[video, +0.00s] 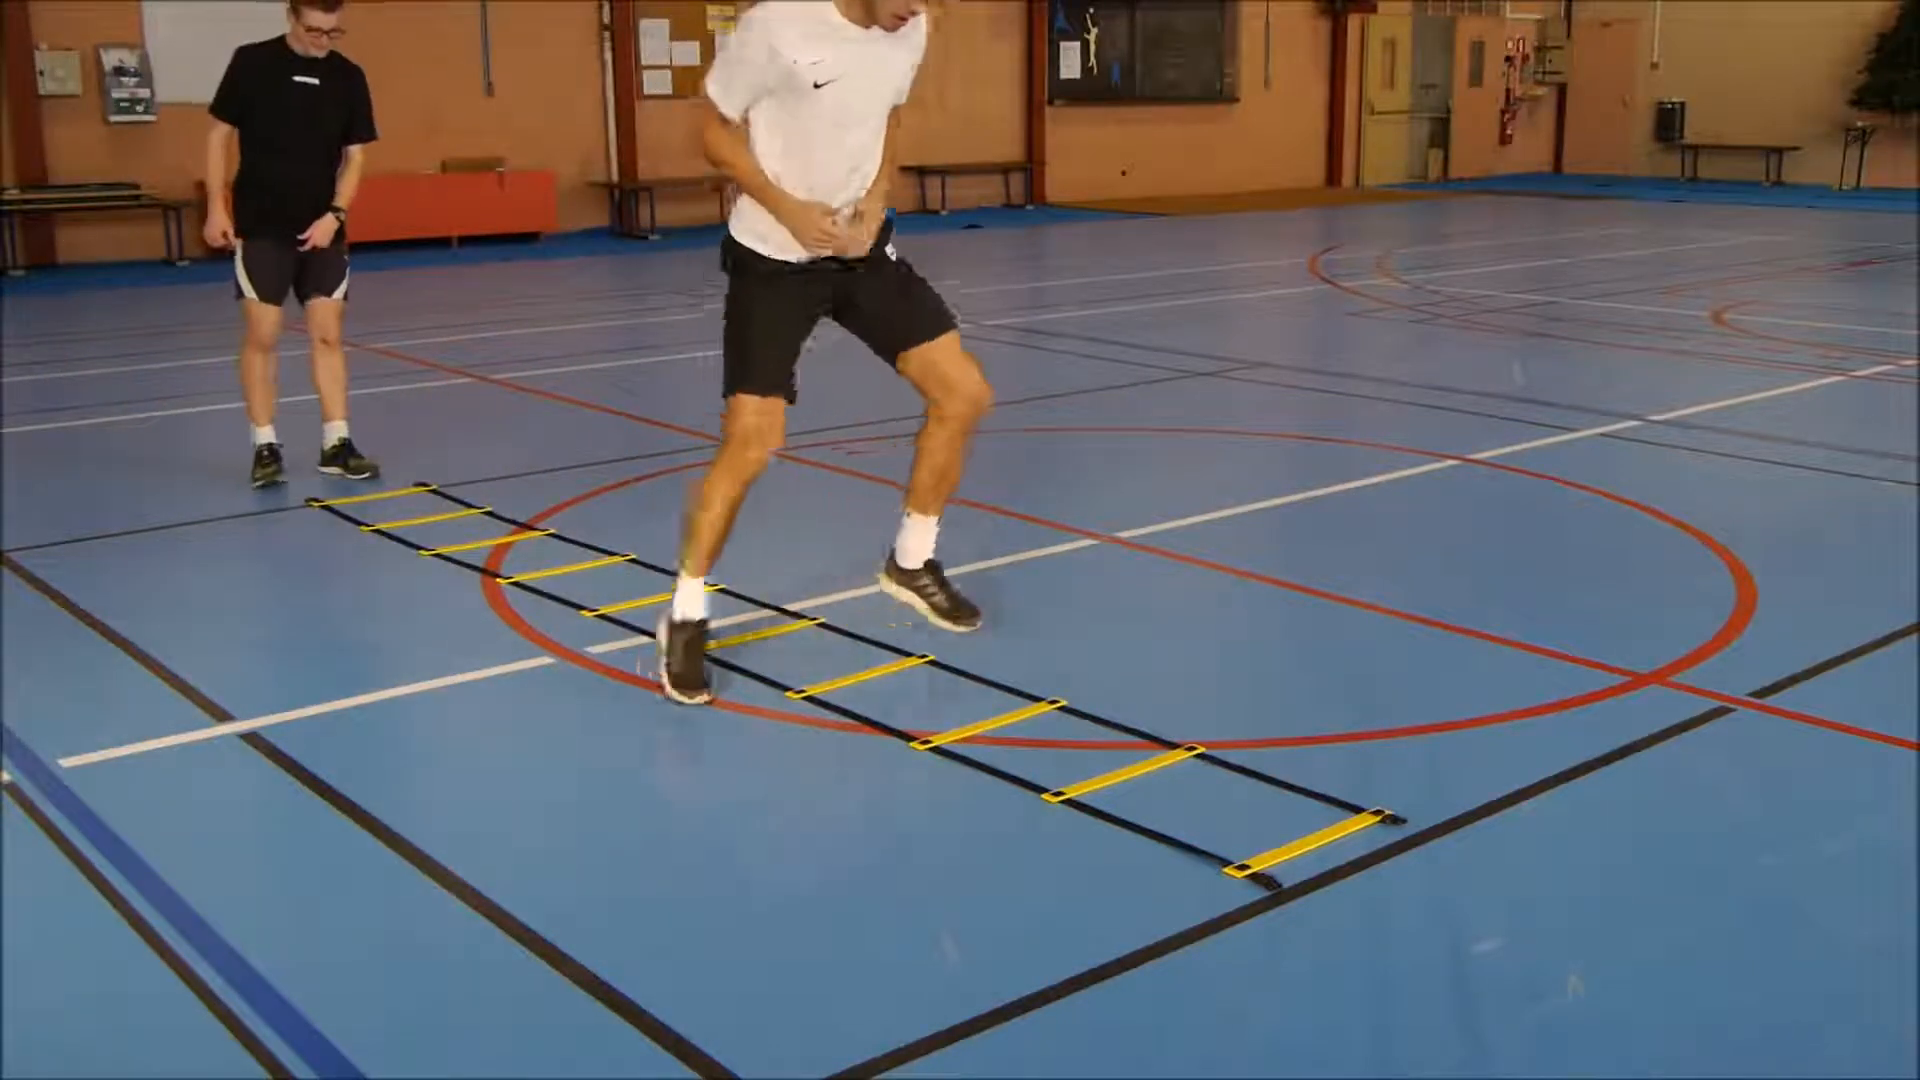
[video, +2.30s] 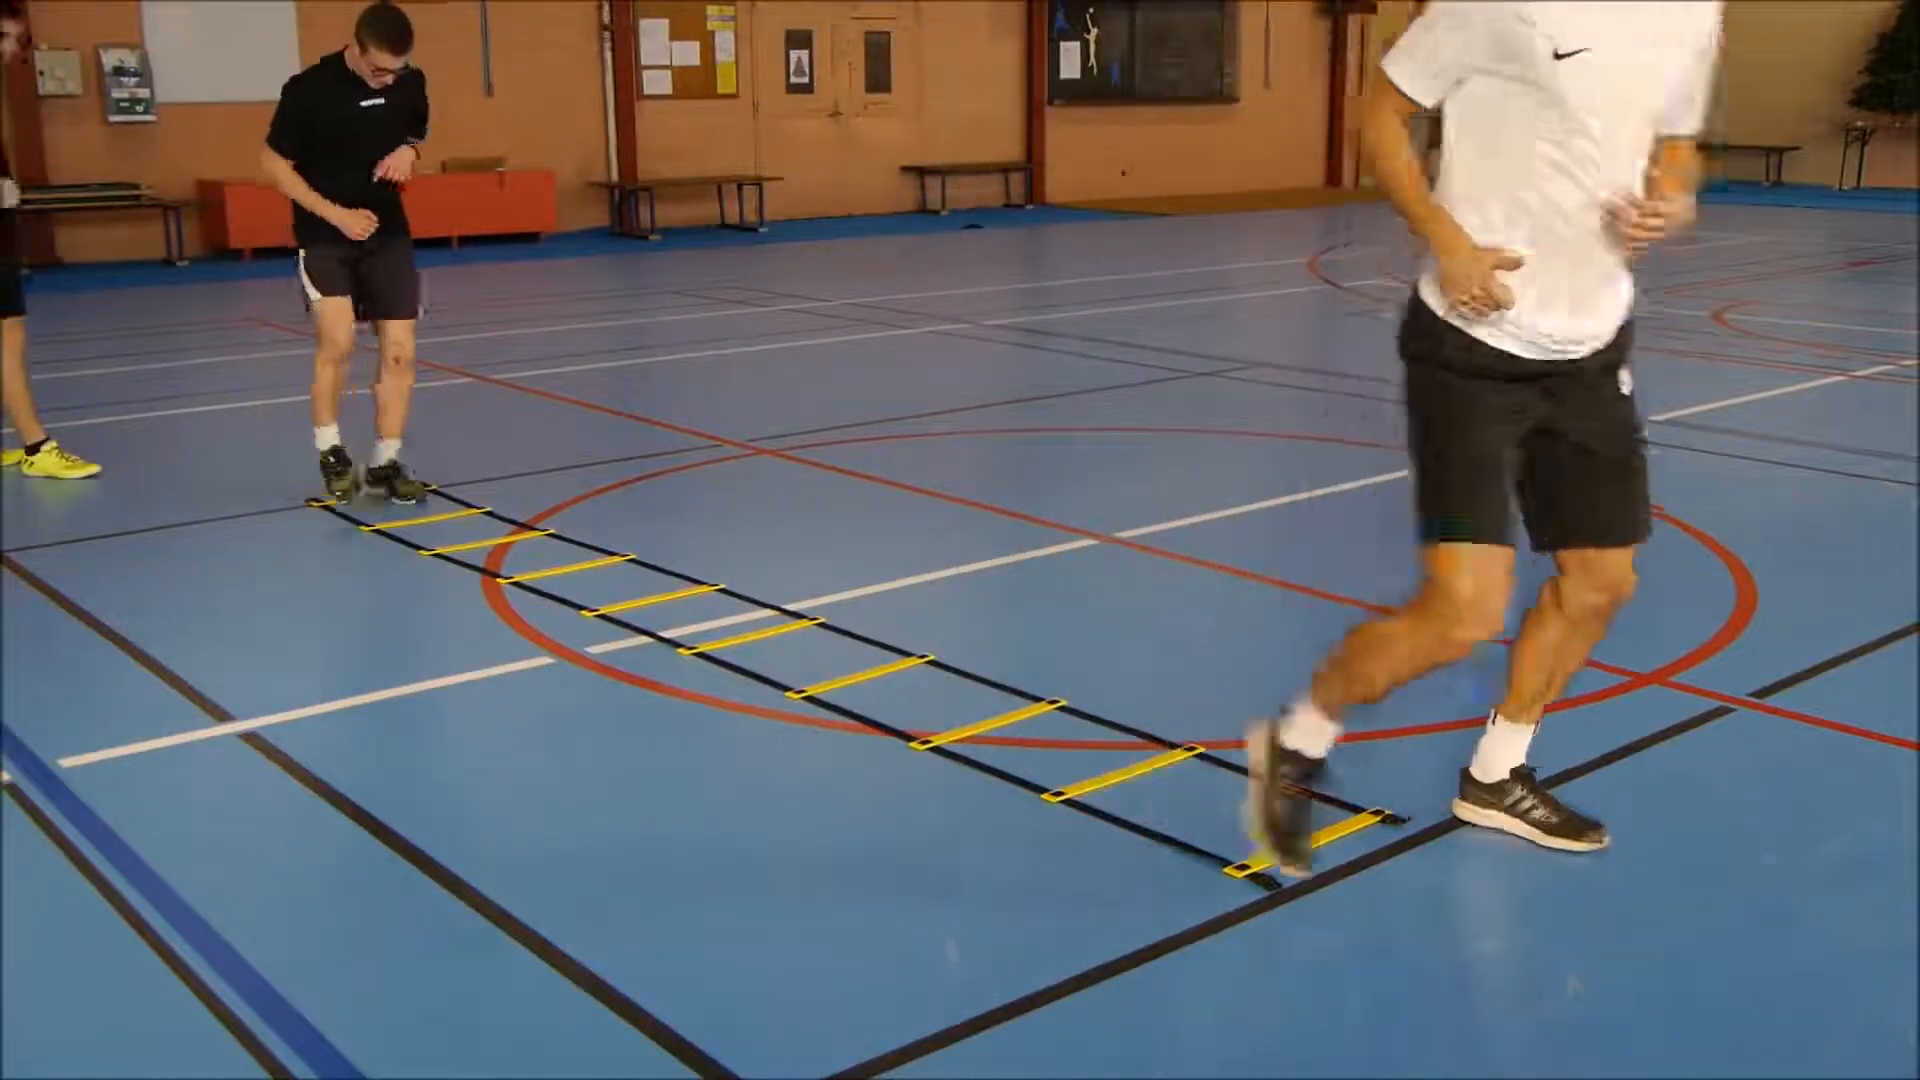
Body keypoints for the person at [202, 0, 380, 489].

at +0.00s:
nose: (321, 40)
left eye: (331, 31)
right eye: (313, 30)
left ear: (340, 23)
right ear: (291, 16)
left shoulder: (349, 77)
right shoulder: (251, 62)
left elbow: (354, 158)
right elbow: (219, 134)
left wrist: (336, 214)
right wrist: (216, 208)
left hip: (322, 224)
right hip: (261, 225)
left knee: (328, 334)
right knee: (263, 335)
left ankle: (337, 444)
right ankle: (265, 446)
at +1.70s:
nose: (336, 84)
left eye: (343, 77)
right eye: (327, 76)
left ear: (353, 63)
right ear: (304, 54)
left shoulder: (353, 87)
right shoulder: (264, 92)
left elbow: (352, 138)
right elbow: (231, 168)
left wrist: (353, 154)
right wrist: (292, 224)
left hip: (333, 228)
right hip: (271, 237)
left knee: (354, 335)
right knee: (270, 344)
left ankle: (337, 441)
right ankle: (270, 447)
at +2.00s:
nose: (368, 77)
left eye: (376, 68)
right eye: (360, 68)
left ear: (385, 55)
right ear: (336, 48)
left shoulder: (387, 83)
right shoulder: (286, 81)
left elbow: (390, 140)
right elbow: (242, 141)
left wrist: (381, 148)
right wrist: (292, 197)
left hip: (357, 222)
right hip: (301, 225)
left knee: (364, 340)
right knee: (337, 326)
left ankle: (335, 432)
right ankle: (346, 442)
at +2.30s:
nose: (388, 78)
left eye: (396, 70)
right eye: (379, 69)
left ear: (406, 54)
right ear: (354, 47)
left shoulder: (409, 84)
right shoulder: (308, 89)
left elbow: (415, 134)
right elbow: (272, 165)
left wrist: (407, 151)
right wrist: (335, 214)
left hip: (387, 231)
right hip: (324, 236)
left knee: (400, 350)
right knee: (337, 342)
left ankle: (386, 462)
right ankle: (330, 452)